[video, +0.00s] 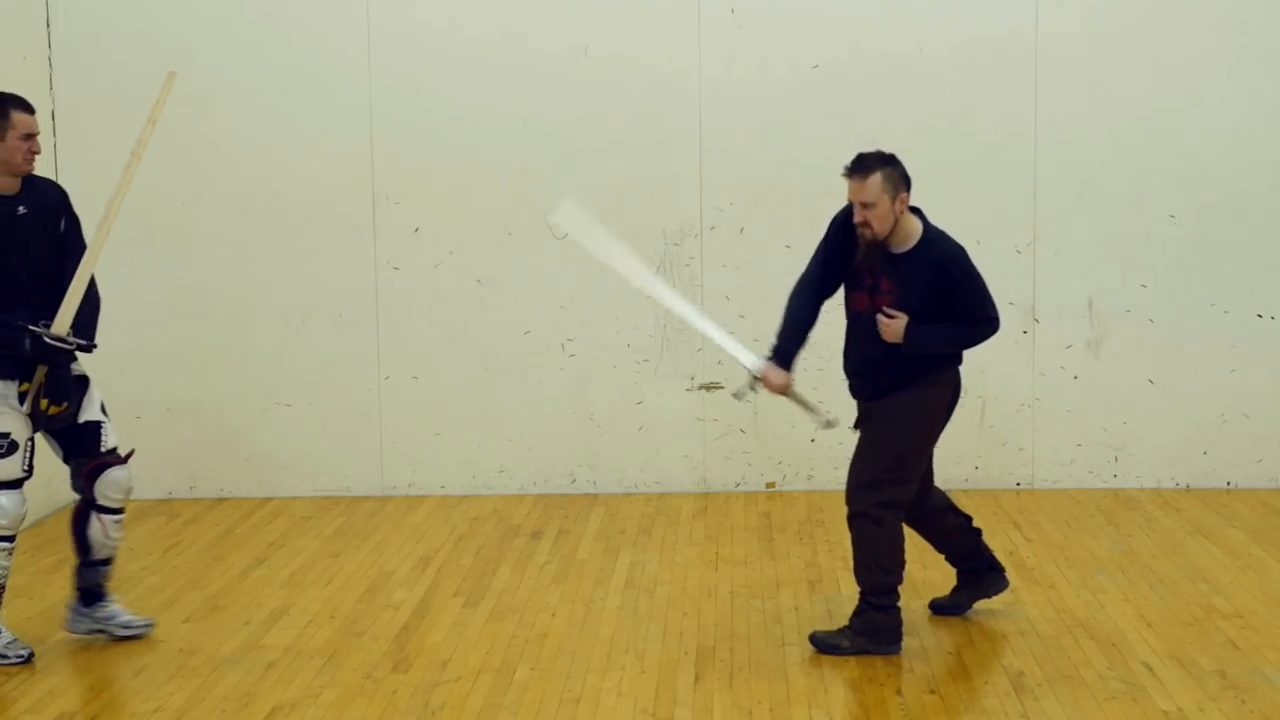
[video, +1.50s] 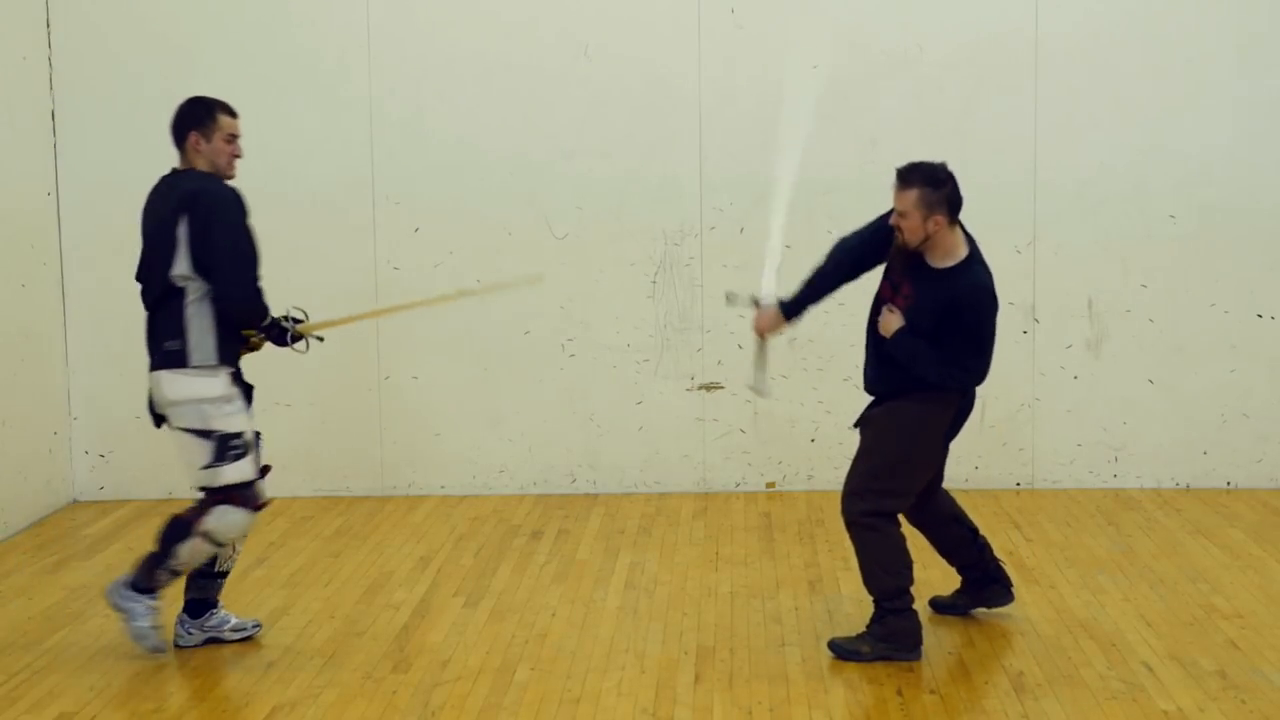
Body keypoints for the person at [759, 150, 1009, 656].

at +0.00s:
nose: (857, 217)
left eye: (869, 206)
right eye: (853, 205)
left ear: (902, 201)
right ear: (849, 199)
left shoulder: (941, 256)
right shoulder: (849, 229)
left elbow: (984, 322)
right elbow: (812, 288)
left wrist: (913, 333)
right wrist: (782, 359)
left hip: (923, 392)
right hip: (875, 392)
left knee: (870, 495)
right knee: (909, 492)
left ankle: (878, 623)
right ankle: (980, 569)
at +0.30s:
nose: (854, 179)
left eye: (863, 169)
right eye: (852, 170)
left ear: (899, 170)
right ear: (874, 173)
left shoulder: (944, 229)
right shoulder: (860, 226)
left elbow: (976, 301)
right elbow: (815, 270)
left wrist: (901, 301)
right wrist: (772, 246)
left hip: (934, 384)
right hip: (893, 388)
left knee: (873, 495)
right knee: (919, 496)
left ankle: (877, 624)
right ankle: (987, 584)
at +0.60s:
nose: (865, 193)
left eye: (869, 182)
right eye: (865, 182)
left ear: (898, 185)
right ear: (908, 186)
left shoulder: (908, 247)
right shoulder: (941, 236)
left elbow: (910, 330)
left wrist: (863, 319)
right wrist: (830, 246)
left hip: (913, 401)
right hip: (948, 396)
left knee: (849, 506)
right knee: (921, 497)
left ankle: (892, 629)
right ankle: (989, 586)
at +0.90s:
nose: (870, 210)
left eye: (879, 201)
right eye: (869, 200)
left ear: (915, 197)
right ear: (890, 196)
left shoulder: (963, 259)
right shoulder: (883, 230)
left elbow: (984, 340)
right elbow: (849, 251)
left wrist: (909, 326)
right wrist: (835, 281)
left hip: (942, 395)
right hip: (902, 392)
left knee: (885, 497)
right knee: (920, 494)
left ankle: (897, 626)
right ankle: (988, 585)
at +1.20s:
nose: (898, 196)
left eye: (904, 186)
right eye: (898, 187)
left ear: (937, 186)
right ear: (935, 189)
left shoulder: (959, 237)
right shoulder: (931, 247)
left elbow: (958, 310)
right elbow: (870, 295)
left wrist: (901, 309)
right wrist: (802, 279)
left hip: (940, 397)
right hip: (952, 399)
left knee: (867, 504)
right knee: (933, 502)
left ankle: (895, 629)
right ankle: (992, 590)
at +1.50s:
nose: (892, 220)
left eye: (903, 215)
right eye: (894, 210)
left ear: (938, 222)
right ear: (927, 217)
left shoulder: (971, 288)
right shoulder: (905, 231)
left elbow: (970, 371)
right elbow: (847, 260)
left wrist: (902, 337)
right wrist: (787, 309)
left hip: (931, 406)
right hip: (903, 396)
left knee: (866, 504)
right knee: (919, 496)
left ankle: (895, 629)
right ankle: (986, 579)